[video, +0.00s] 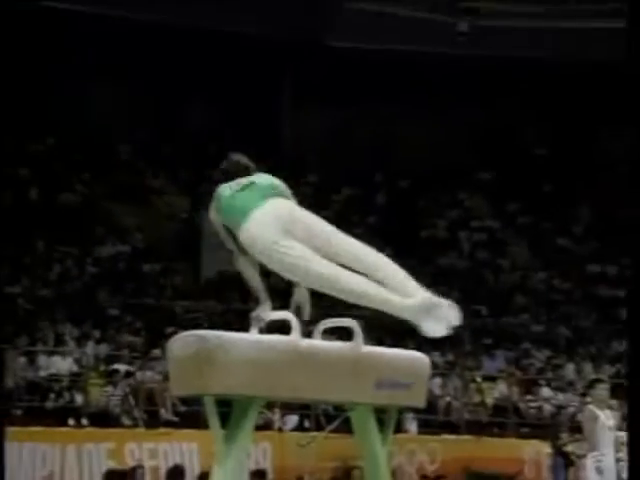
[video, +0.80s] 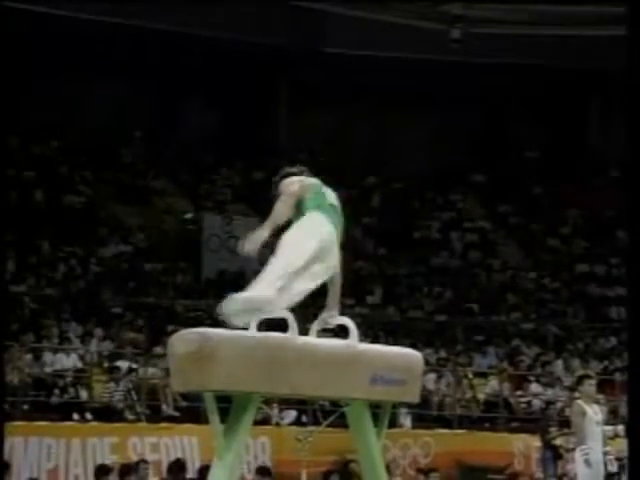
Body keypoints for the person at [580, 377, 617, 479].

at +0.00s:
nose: (604, 393)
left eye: (606, 390)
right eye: (600, 389)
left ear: (609, 392)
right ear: (591, 392)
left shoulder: (608, 412)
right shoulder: (589, 412)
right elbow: (590, 440)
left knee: (610, 475)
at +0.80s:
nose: (593, 388)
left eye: (594, 385)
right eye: (589, 385)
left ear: (596, 387)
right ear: (580, 388)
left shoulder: (596, 407)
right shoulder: (578, 406)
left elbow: (598, 430)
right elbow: (578, 431)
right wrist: (584, 454)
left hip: (598, 449)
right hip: (586, 451)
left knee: (599, 474)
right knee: (587, 475)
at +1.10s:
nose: (592, 388)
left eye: (593, 385)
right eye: (588, 384)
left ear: (595, 386)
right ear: (578, 387)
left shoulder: (594, 406)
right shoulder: (576, 405)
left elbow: (596, 429)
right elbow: (577, 430)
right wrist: (582, 453)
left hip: (596, 449)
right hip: (585, 450)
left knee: (597, 474)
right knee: (585, 475)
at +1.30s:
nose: (591, 388)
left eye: (592, 384)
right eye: (587, 384)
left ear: (595, 386)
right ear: (578, 387)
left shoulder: (594, 406)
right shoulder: (576, 405)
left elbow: (595, 428)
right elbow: (576, 430)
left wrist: (611, 429)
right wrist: (582, 453)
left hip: (595, 448)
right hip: (584, 450)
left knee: (596, 474)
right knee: (585, 475)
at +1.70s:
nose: (590, 387)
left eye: (591, 384)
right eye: (586, 384)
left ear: (593, 386)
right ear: (577, 387)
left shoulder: (592, 406)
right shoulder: (575, 404)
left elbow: (594, 428)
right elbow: (574, 430)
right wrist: (580, 451)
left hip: (594, 448)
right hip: (582, 449)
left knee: (594, 474)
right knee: (583, 475)